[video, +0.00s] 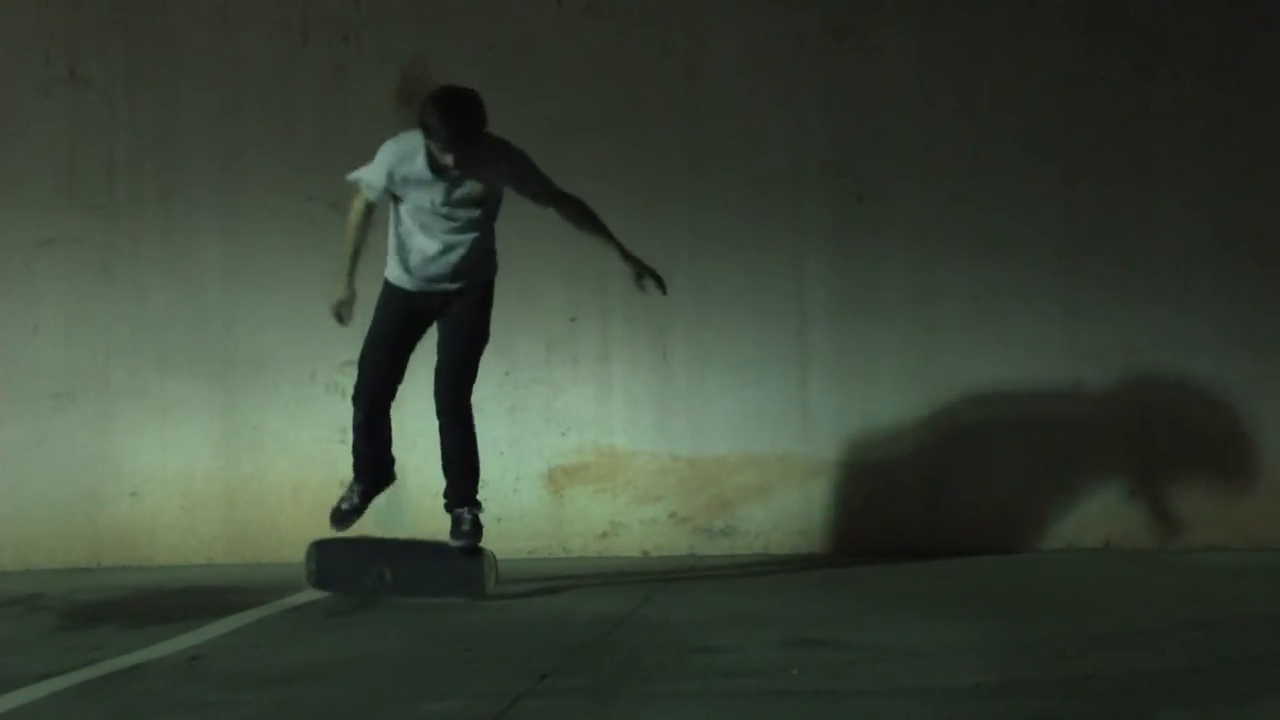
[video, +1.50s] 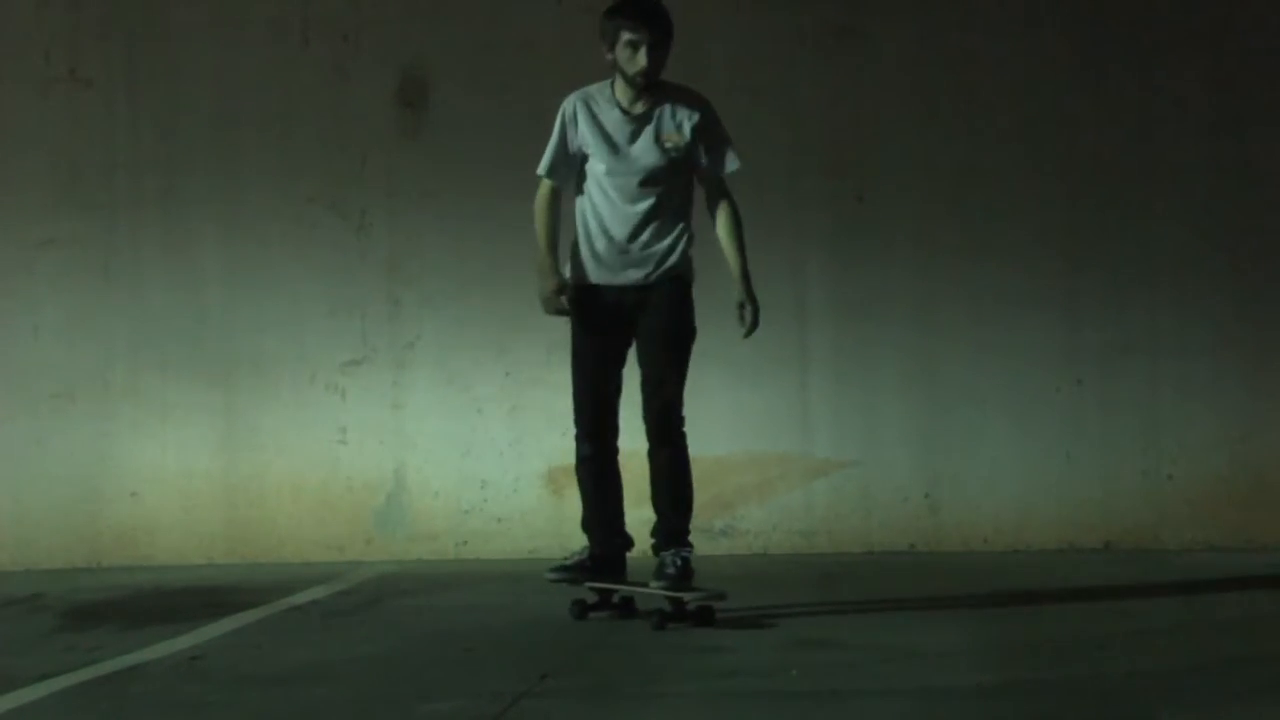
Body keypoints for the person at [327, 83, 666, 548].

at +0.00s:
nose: (451, 162)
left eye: (461, 152)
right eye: (442, 151)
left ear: (477, 140)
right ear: (427, 137)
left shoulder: (497, 162)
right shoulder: (397, 156)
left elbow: (560, 203)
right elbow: (361, 206)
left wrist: (625, 256)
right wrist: (345, 285)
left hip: (467, 292)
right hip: (405, 288)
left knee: (452, 395)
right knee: (370, 389)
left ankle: (463, 506)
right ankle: (369, 476)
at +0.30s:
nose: (464, 111)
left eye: (472, 101)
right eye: (454, 101)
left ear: (492, 84)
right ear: (440, 88)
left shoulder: (526, 97)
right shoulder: (425, 102)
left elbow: (605, 97)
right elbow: (372, 124)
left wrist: (695, 108)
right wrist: (320, 163)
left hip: (514, 228)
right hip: (454, 219)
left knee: (485, 340)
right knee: (404, 308)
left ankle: (490, 439)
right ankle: (381, 424)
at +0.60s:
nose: (474, 199)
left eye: (482, 189)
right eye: (466, 189)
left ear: (503, 174)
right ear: (455, 178)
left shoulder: (543, 197)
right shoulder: (445, 198)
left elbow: (615, 267)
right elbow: (390, 239)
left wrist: (628, 348)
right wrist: (331, 290)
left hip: (566, 327)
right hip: (509, 329)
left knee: (532, 422)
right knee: (480, 429)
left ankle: (560, 543)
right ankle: (504, 546)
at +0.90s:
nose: (518, 204)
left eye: (525, 192)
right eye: (507, 194)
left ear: (542, 177)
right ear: (495, 185)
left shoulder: (582, 198)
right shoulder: (487, 200)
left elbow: (628, 281)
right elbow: (460, 260)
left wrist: (618, 361)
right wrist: (426, 326)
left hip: (594, 323)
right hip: (541, 327)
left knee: (573, 422)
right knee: (518, 430)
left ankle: (594, 544)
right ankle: (537, 543)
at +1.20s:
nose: (578, 110)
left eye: (588, 96)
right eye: (566, 97)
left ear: (603, 92)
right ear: (549, 94)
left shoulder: (637, 139)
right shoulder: (532, 139)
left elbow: (676, 215)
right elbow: (503, 211)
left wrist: (696, 300)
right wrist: (477, 291)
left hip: (623, 299)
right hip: (560, 301)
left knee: (612, 413)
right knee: (552, 425)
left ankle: (633, 544)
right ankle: (571, 546)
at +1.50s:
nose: (643, 57)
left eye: (653, 46)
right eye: (632, 45)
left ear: (665, 50)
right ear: (610, 48)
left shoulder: (689, 113)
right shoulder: (578, 110)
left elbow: (719, 197)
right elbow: (548, 189)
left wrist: (741, 280)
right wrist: (548, 272)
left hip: (664, 291)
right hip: (595, 291)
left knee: (662, 421)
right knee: (592, 428)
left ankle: (673, 548)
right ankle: (605, 550)